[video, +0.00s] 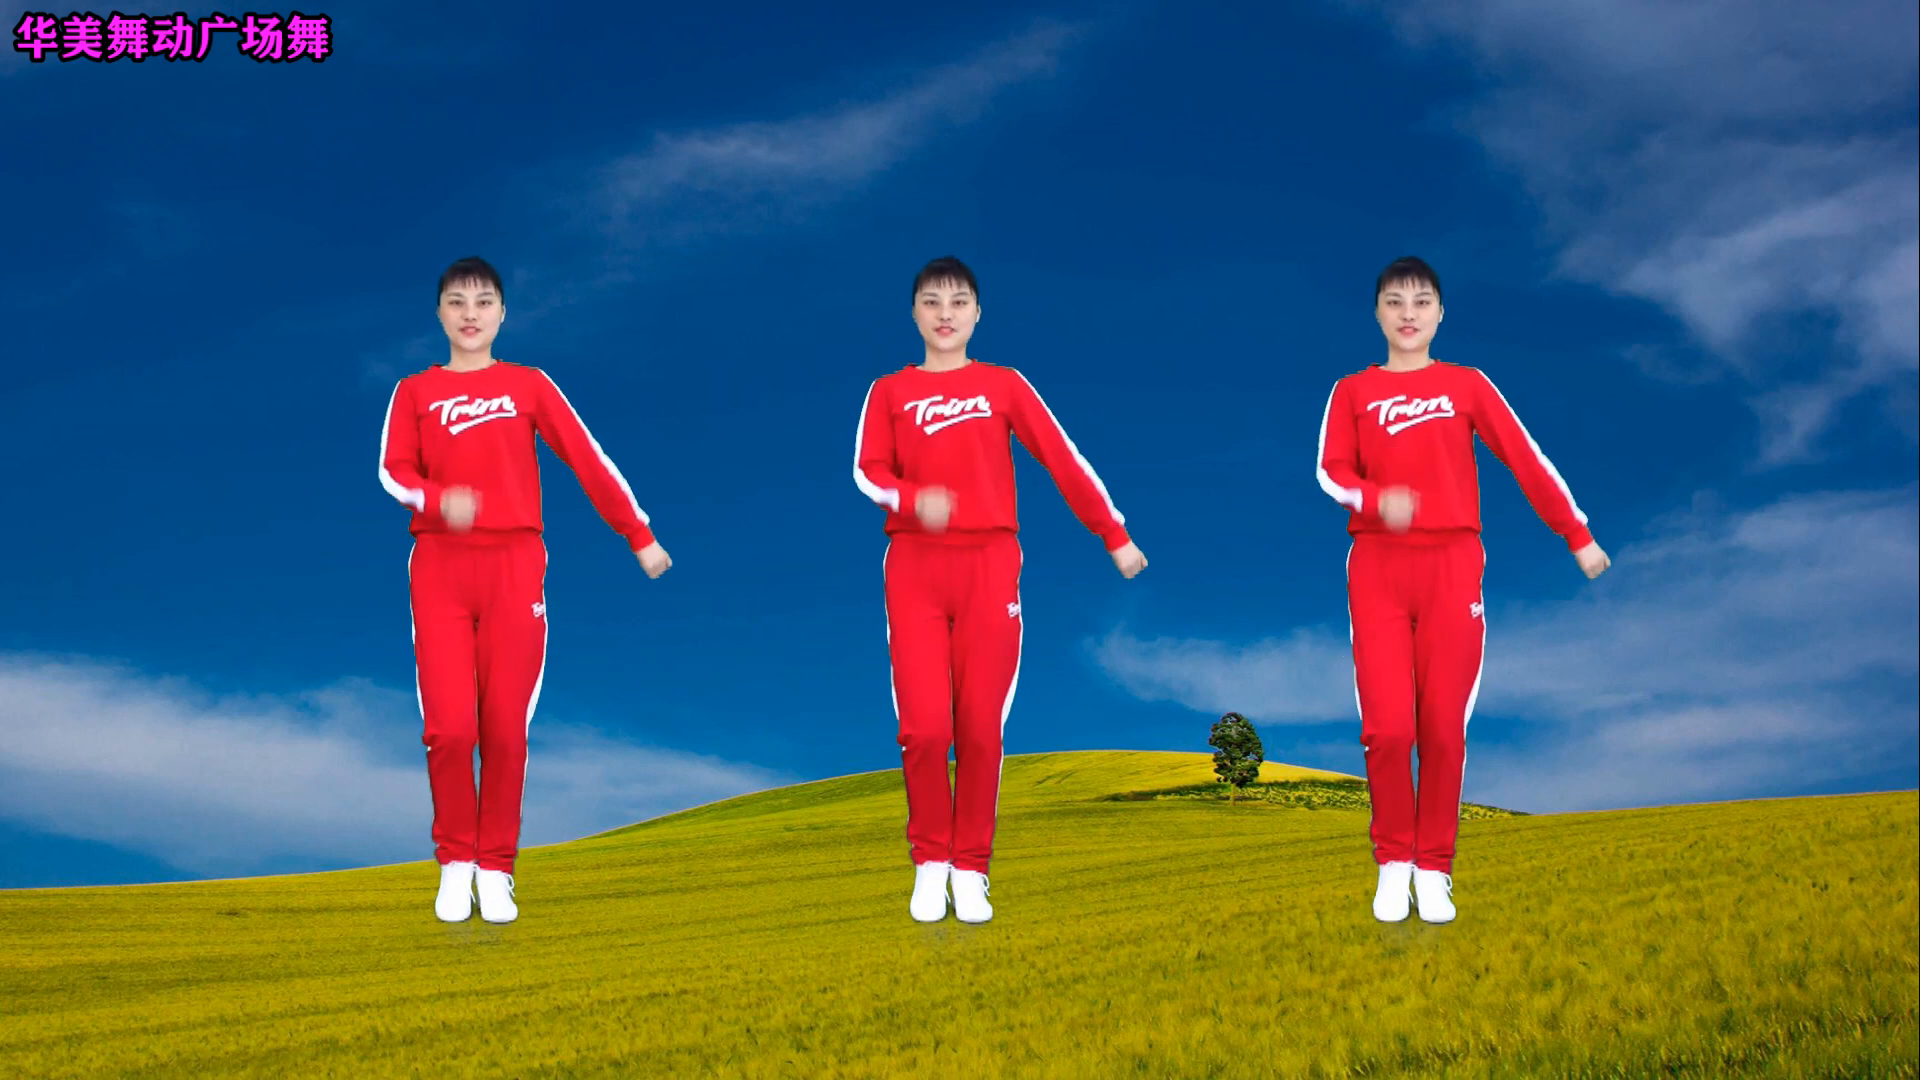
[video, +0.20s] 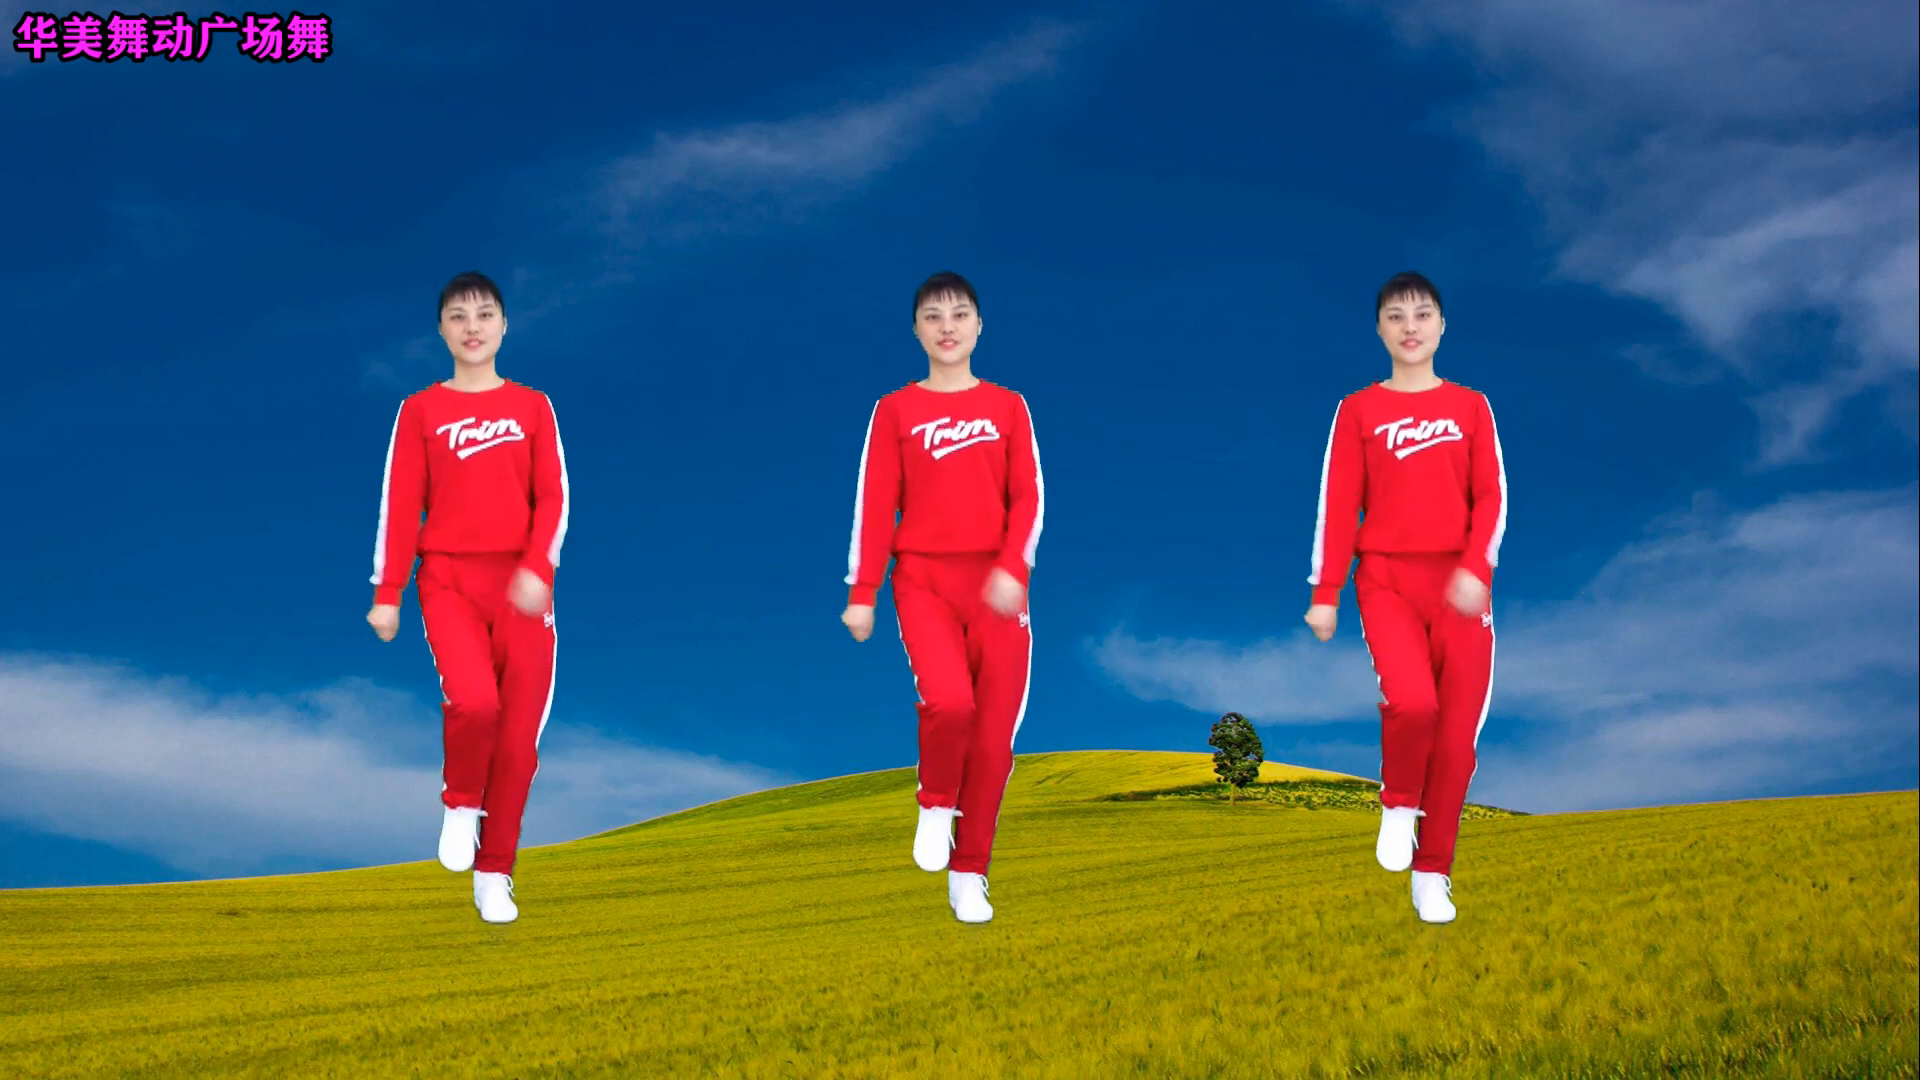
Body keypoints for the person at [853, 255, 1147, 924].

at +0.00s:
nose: (945, 313)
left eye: (958, 302)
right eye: (932, 302)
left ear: (976, 313)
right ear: (916, 313)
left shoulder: (1004, 385)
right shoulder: (888, 390)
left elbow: (1065, 460)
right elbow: (867, 472)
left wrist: (1116, 536)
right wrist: (911, 497)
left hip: (990, 569)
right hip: (914, 570)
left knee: (981, 724)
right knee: (923, 725)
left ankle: (971, 868)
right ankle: (930, 862)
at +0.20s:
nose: (948, 327)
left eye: (959, 316)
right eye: (934, 317)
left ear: (977, 325)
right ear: (919, 329)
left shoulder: (1009, 406)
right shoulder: (894, 410)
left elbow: (1029, 495)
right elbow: (874, 504)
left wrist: (1014, 568)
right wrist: (862, 592)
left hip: (998, 578)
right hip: (922, 579)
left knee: (997, 729)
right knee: (950, 703)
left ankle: (971, 869)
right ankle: (937, 805)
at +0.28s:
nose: (947, 313)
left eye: (958, 302)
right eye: (934, 304)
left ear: (977, 312)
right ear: (917, 318)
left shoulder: (1009, 390)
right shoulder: (893, 399)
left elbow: (1038, 474)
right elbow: (853, 485)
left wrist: (987, 498)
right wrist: (824, 569)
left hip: (999, 570)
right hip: (922, 570)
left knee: (991, 722)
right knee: (950, 697)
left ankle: (972, 867)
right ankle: (941, 806)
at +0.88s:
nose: (935, 326)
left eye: (948, 316)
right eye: (923, 316)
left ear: (966, 327)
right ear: (906, 329)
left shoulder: (994, 404)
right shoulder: (880, 411)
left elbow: (1010, 498)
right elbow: (864, 493)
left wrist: (1024, 589)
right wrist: (903, 538)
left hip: (968, 585)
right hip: (893, 588)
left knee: (939, 715)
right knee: (892, 735)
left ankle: (966, 808)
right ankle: (929, 866)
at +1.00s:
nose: (934, 308)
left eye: (946, 298)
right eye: (923, 298)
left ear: (965, 310)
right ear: (905, 311)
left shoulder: (996, 387)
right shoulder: (878, 393)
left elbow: (1044, 472)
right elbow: (838, 471)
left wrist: (1077, 558)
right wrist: (897, 443)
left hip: (972, 563)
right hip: (896, 565)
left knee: (943, 704)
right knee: (901, 722)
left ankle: (964, 808)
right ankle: (928, 863)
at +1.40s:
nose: (943, 306)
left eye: (954, 296)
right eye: (931, 297)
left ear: (973, 309)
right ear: (913, 311)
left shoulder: (1006, 385)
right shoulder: (890, 395)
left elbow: (1040, 476)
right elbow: (882, 480)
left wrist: (1066, 564)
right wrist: (911, 542)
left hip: (992, 566)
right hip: (916, 569)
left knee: (984, 724)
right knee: (926, 722)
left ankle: (973, 867)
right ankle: (931, 855)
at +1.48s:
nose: (946, 318)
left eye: (958, 308)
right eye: (933, 309)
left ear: (976, 320)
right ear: (916, 323)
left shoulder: (1007, 397)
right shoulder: (891, 408)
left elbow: (1019, 491)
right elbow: (883, 503)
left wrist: (1013, 578)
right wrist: (883, 589)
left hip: (995, 577)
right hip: (923, 579)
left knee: (989, 729)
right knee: (935, 714)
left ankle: (972, 868)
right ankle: (934, 811)